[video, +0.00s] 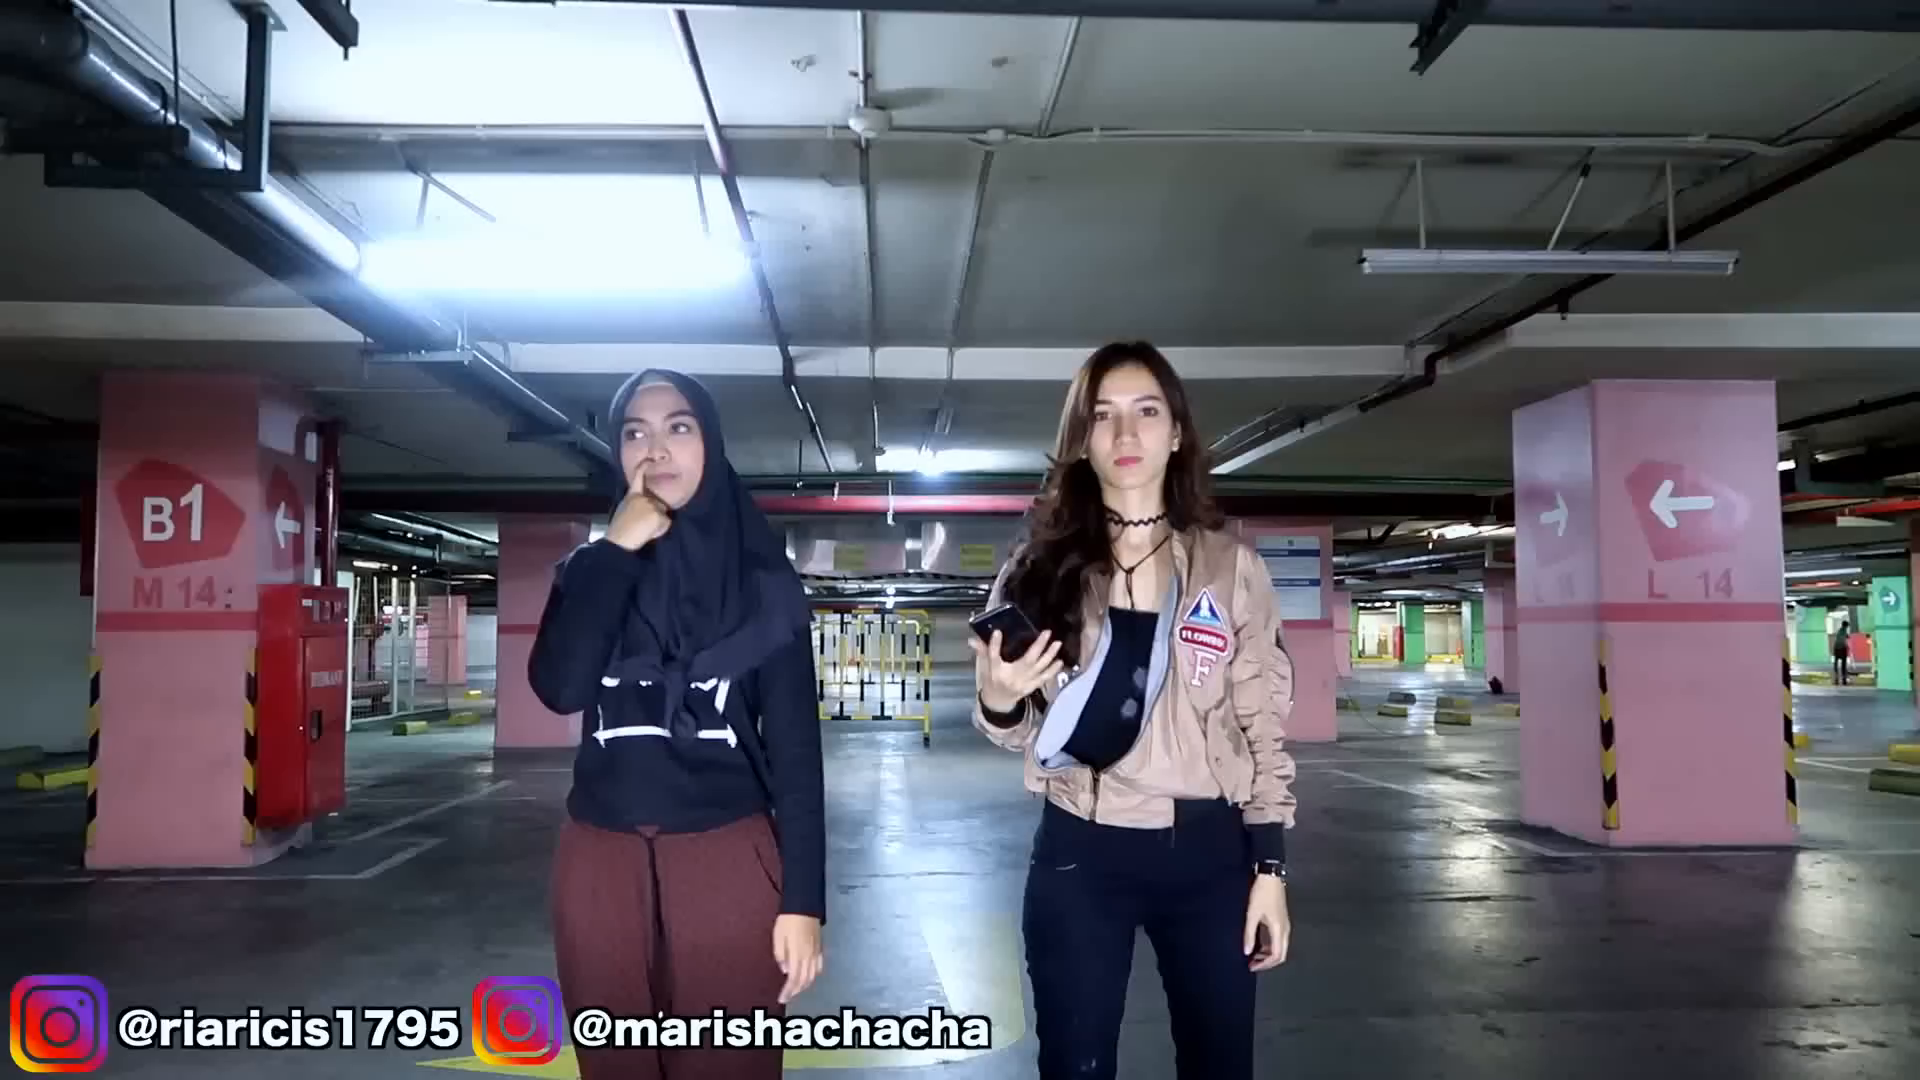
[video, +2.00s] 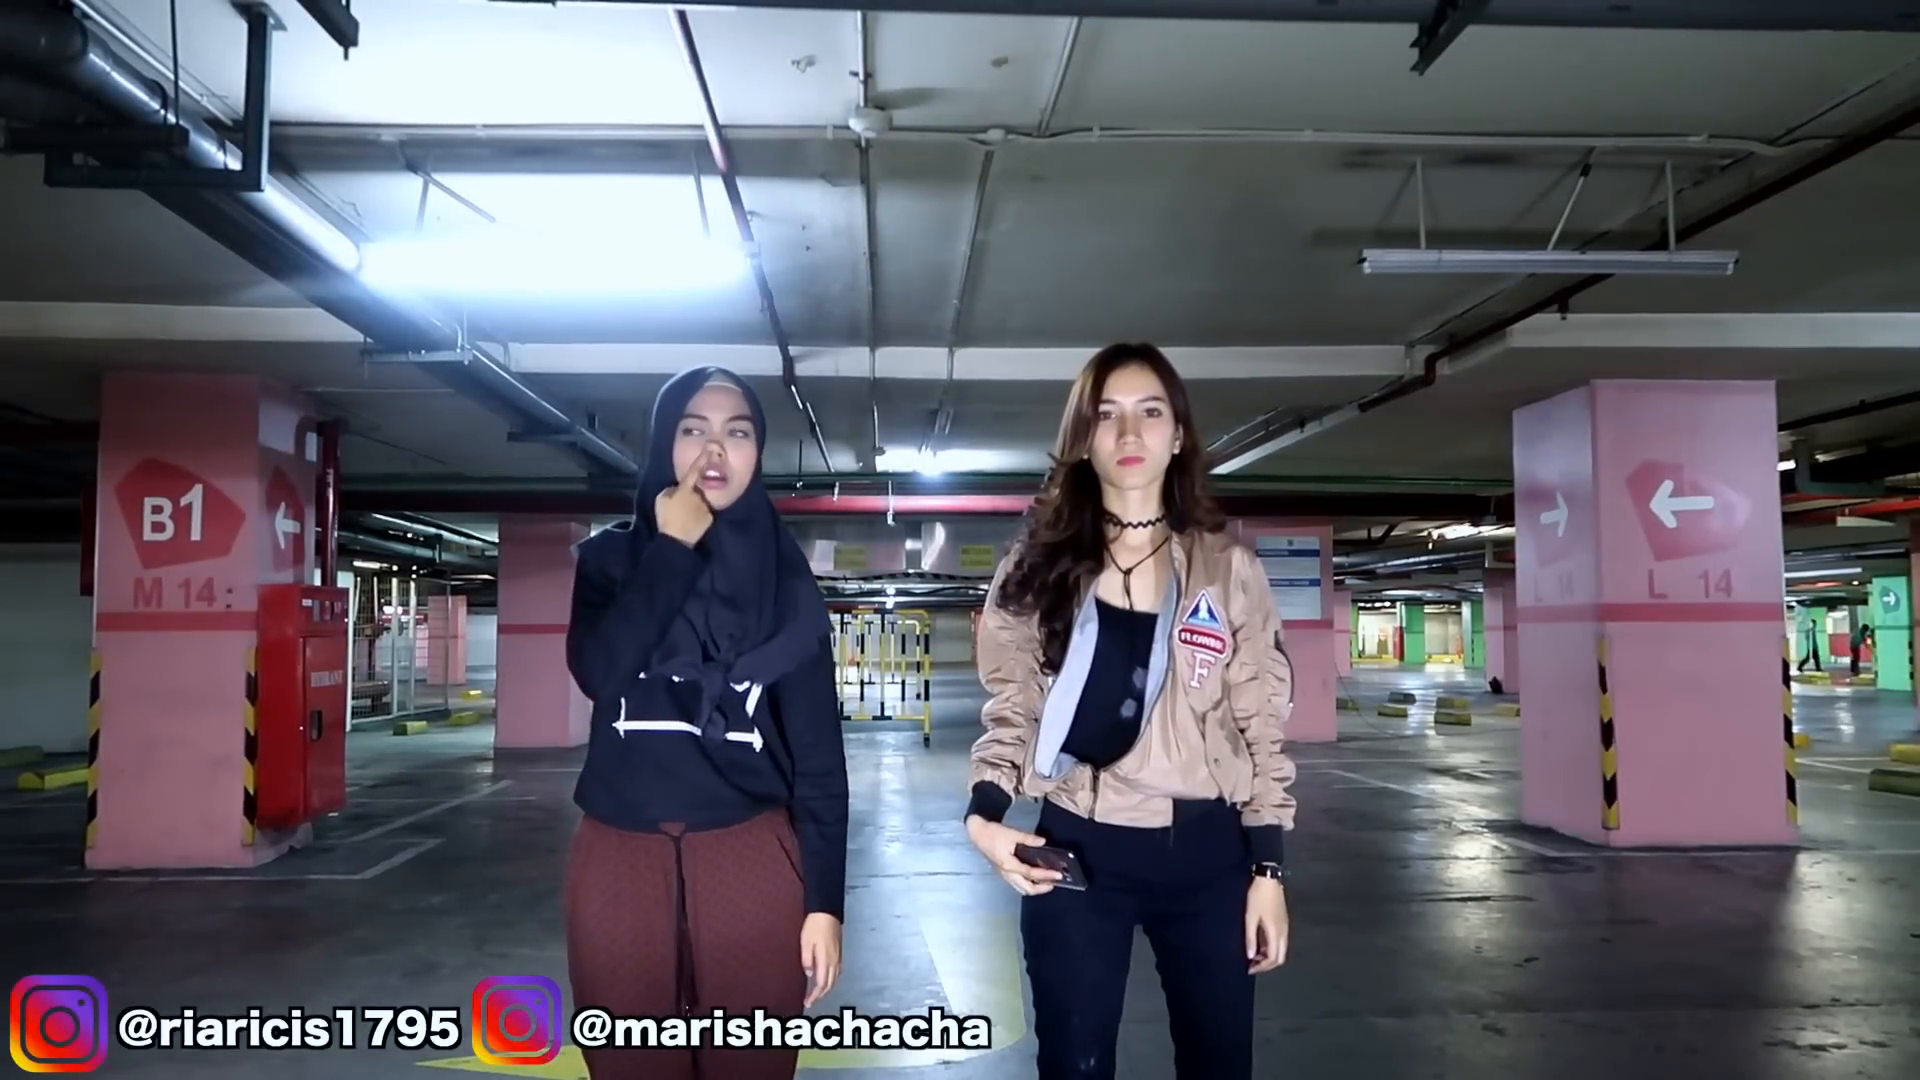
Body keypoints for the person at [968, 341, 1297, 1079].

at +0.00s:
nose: (1125, 431)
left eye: (1146, 411)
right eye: (1104, 415)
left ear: (1176, 432)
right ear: (1081, 438)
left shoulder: (1232, 566)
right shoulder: (1040, 563)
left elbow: (1261, 722)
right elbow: (1008, 733)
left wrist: (1269, 864)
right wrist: (998, 703)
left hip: (1207, 854)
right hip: (1078, 853)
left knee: (1221, 1068)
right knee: (1075, 1069)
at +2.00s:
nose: (1129, 431)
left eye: (1150, 412)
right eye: (1108, 415)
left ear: (1178, 432)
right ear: (1083, 437)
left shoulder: (1229, 564)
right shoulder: (1036, 563)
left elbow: (1260, 721)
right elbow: (1011, 705)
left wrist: (1267, 865)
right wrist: (983, 813)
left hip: (1206, 853)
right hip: (1076, 854)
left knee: (1220, 1067)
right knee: (1074, 1070)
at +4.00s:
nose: (1136, 430)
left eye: (1156, 410)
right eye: (1114, 414)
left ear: (1185, 430)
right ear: (1090, 437)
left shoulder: (1240, 567)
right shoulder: (1041, 564)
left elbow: (1269, 721)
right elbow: (1013, 704)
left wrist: (1275, 862)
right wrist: (983, 811)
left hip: (1212, 854)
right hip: (1083, 852)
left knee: (1224, 1066)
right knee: (1077, 1068)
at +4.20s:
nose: (1138, 429)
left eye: (1159, 408)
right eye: (1118, 413)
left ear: (1195, 428)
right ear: (1097, 438)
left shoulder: (1248, 562)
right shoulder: (1057, 555)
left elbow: (1343, 664)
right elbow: (976, 671)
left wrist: (1320, 784)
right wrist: (988, 788)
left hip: (1223, 854)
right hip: (1092, 856)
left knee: (1244, 1066)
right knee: (1086, 1067)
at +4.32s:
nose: (1141, 457)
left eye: (1165, 431)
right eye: (1133, 438)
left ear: (1226, 444)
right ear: (1122, 455)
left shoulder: (1281, 591)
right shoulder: (1086, 574)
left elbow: (1391, 689)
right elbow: (992, 671)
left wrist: (1341, 779)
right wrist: (979, 790)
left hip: (1236, 870)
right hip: (1106, 866)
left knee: (1258, 1069)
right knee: (1074, 1066)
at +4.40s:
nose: (1150, 489)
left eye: (1176, 465)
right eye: (1149, 470)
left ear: (1242, 485)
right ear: (1140, 485)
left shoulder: (1299, 645)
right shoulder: (1100, 598)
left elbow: (1376, 779)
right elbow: (1008, 689)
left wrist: (1307, 815)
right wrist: (992, 774)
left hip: (1233, 895)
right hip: (1105, 882)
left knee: (1270, 1070)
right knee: (1053, 1052)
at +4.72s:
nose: (1235, 454)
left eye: (1259, 438)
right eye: (1218, 436)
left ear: (1287, 464)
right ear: (1189, 458)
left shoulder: (1290, 627)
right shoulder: (1120, 559)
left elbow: (1284, 800)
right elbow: (1008, 612)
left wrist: (1257, 725)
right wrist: (934, 687)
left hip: (1180, 882)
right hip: (1060, 856)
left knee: (1180, 1069)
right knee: (965, 1060)